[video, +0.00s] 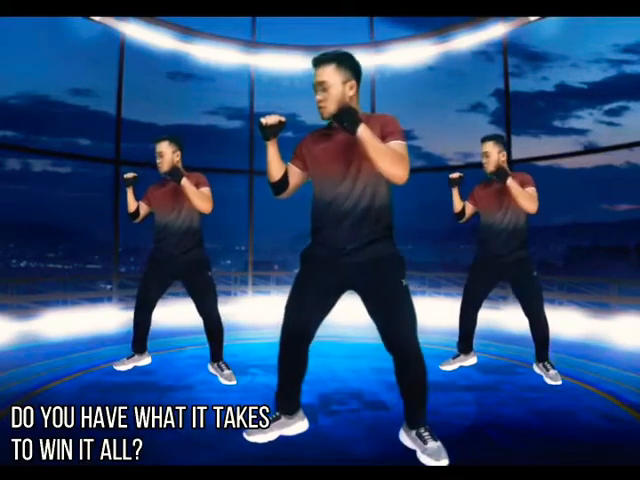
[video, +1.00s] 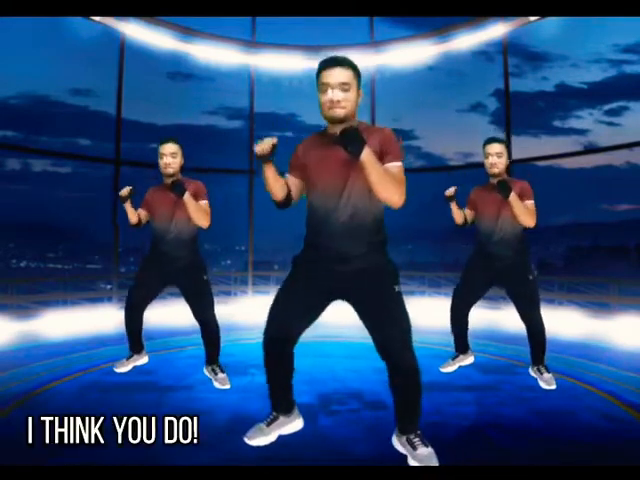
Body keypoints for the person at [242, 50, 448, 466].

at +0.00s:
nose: (317, 95)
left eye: (324, 87)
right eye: (315, 88)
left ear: (351, 86)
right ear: (320, 91)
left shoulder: (382, 125)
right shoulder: (313, 142)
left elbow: (399, 173)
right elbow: (281, 187)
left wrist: (359, 127)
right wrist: (271, 140)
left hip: (376, 258)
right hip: (324, 259)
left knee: (405, 347)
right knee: (294, 334)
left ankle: (416, 427)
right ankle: (289, 413)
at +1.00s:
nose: (335, 95)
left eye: (344, 87)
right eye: (327, 88)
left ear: (359, 94)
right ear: (318, 96)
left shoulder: (382, 139)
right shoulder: (308, 148)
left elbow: (394, 197)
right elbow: (284, 198)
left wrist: (360, 151)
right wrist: (265, 162)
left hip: (369, 268)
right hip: (316, 267)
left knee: (401, 355)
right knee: (276, 338)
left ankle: (408, 433)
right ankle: (284, 413)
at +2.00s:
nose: (296, 99)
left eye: (300, 92)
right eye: (296, 94)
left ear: (321, 92)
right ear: (324, 94)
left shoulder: (333, 119)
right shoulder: (328, 131)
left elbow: (274, 126)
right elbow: (304, 180)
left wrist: (242, 119)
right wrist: (298, 140)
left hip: (343, 259)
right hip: (319, 258)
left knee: (373, 345)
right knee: (277, 326)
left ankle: (443, 419)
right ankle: (291, 415)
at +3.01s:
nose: (333, 81)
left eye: (341, 73)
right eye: (326, 74)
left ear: (357, 76)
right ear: (318, 80)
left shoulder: (378, 117)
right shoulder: (305, 127)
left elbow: (400, 161)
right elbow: (272, 164)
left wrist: (361, 120)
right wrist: (269, 122)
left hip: (365, 246)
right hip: (314, 246)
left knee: (392, 336)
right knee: (285, 324)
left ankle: (409, 423)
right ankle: (278, 405)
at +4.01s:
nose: (313, 98)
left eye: (317, 91)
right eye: (313, 92)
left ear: (338, 90)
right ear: (339, 92)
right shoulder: (340, 126)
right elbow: (317, 173)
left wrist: (232, 109)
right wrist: (312, 133)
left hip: (348, 257)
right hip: (322, 255)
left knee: (362, 346)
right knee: (286, 324)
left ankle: (418, 416)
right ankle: (289, 410)